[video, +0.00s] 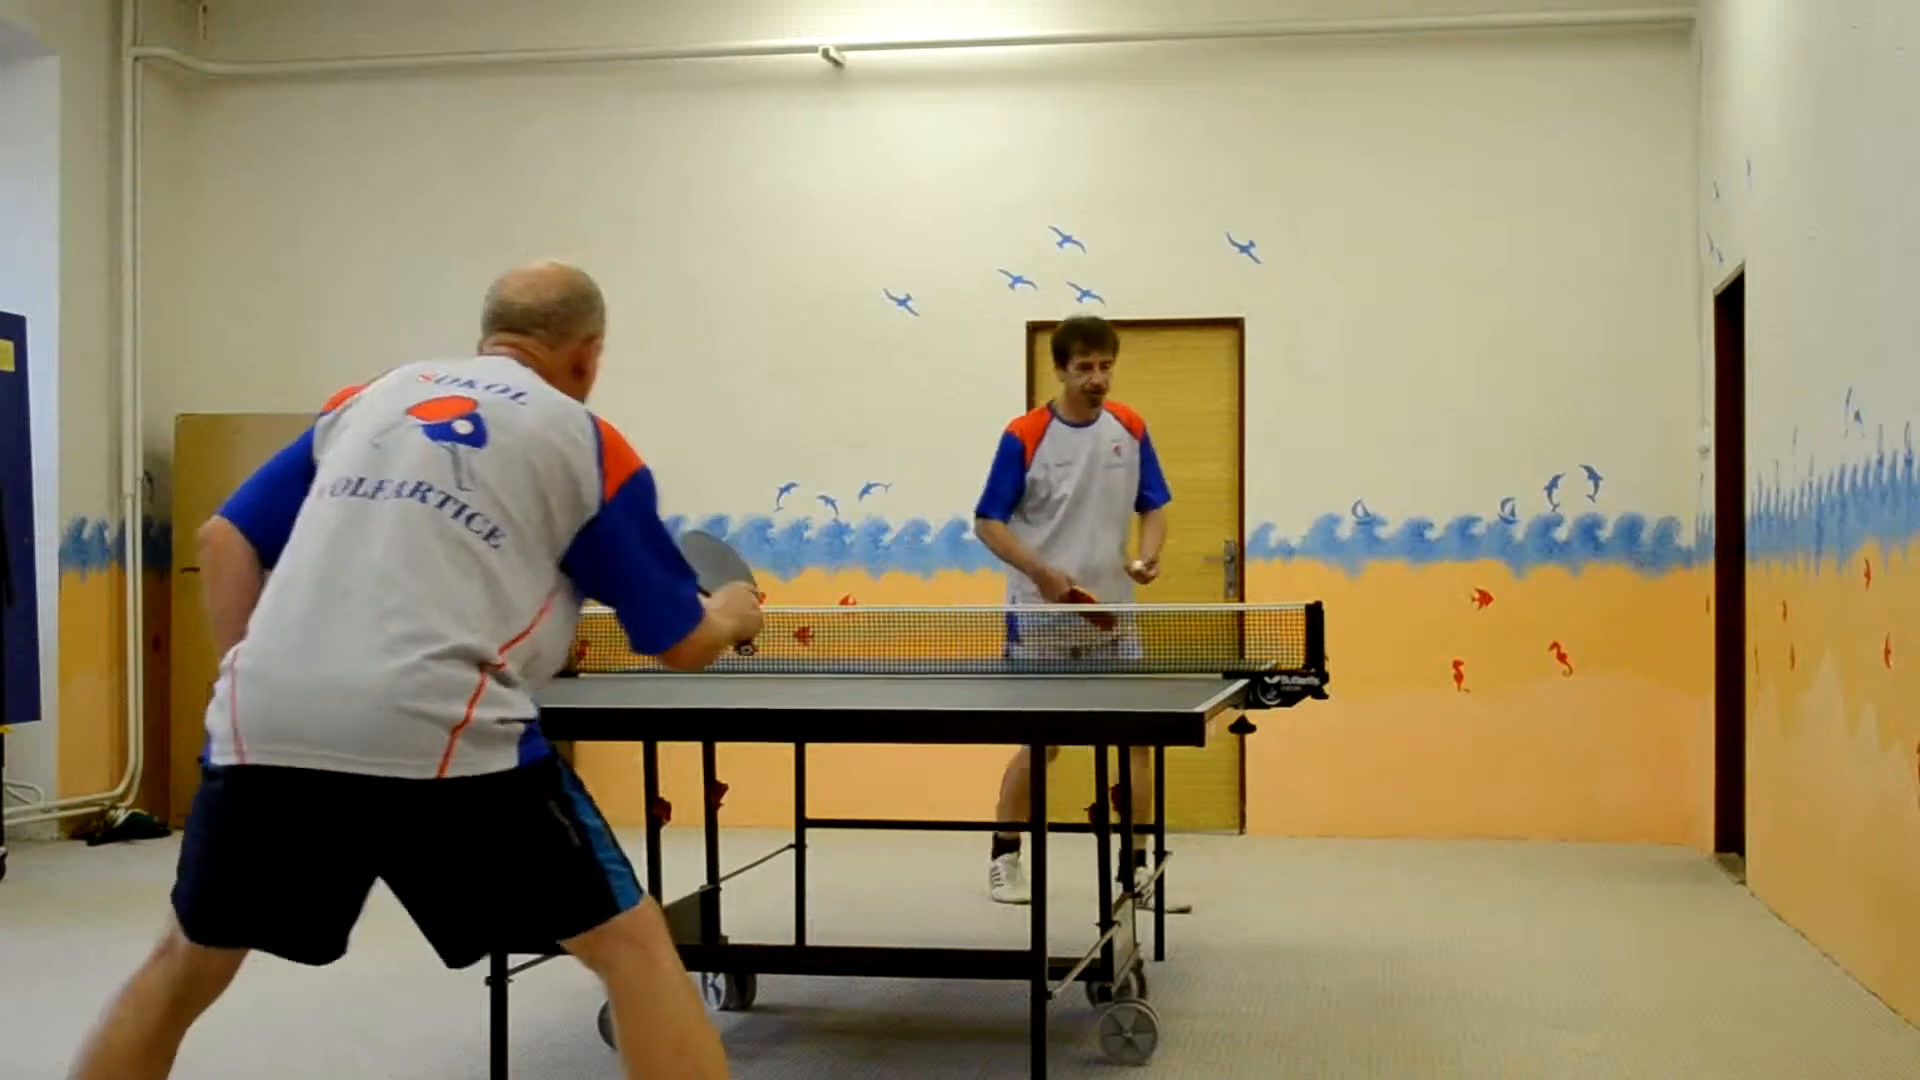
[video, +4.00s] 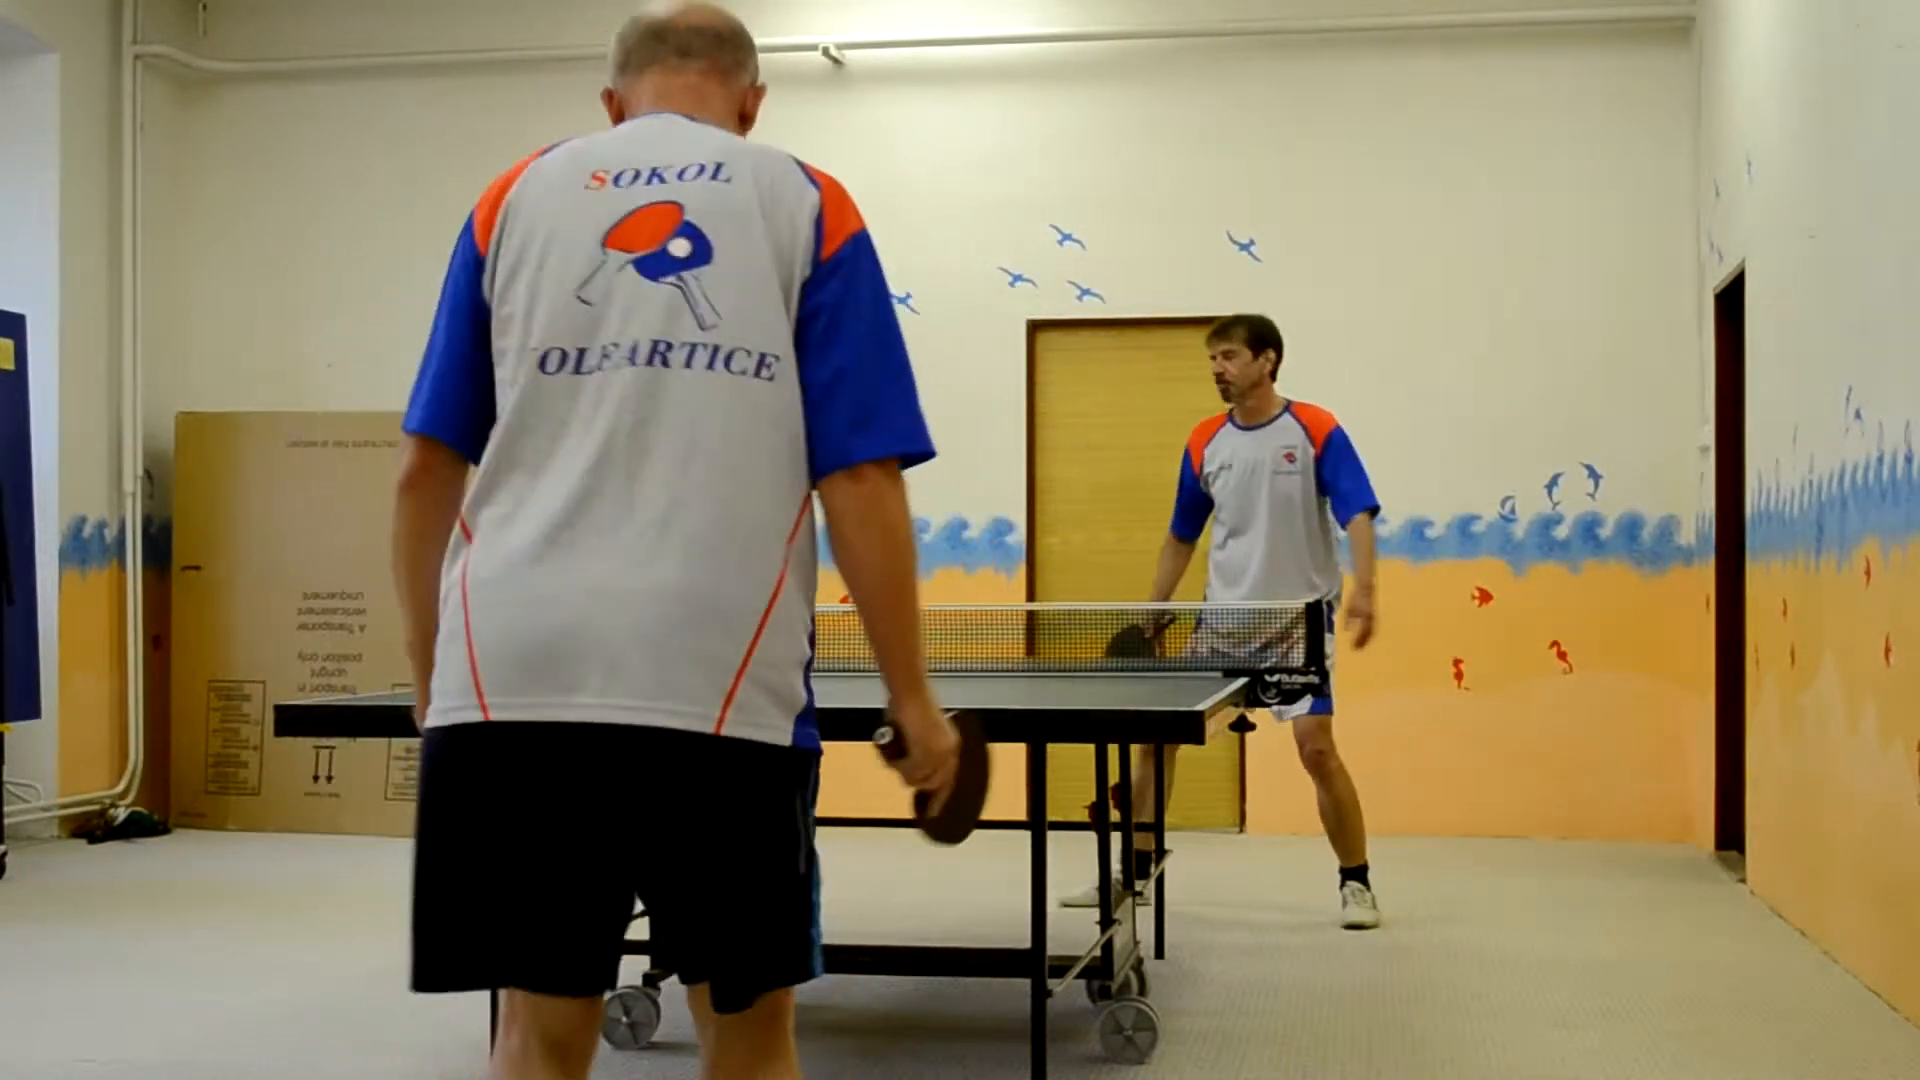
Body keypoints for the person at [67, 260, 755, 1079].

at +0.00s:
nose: (599, 372)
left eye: (599, 358)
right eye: (601, 360)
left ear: (485, 331)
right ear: (585, 358)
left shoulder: (360, 404)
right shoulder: (590, 447)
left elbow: (228, 539)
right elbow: (679, 641)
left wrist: (252, 695)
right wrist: (726, 614)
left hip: (267, 737)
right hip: (455, 745)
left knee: (180, 967)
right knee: (636, 958)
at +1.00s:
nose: (673, 410)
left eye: (672, 398)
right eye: (677, 397)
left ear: (561, 370)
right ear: (660, 392)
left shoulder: (440, 434)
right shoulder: (670, 470)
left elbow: (295, 544)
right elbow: (737, 700)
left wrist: (318, 709)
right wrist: (769, 682)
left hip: (354, 749)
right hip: (543, 755)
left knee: (242, 977)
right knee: (719, 990)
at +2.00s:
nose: (838, 394)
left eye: (841, 373)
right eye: (841, 373)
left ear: (729, 340)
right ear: (811, 366)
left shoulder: (589, 376)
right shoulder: (807, 495)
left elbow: (399, 401)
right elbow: (901, 648)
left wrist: (270, 416)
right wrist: (1032, 644)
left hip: (484, 761)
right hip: (668, 773)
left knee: (386, 989)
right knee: (825, 896)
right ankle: (907, 1074)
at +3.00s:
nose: (744, 370)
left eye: (742, 351)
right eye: (744, 352)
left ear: (631, 333)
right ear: (734, 352)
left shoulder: (510, 419)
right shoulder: (710, 486)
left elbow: (365, 566)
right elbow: (804, 711)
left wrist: (291, 672)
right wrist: (928, 716)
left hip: (406, 801)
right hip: (590, 817)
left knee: (294, 1000)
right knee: (780, 948)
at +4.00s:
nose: (741, 123)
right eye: (752, 110)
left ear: (610, 101)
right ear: (751, 100)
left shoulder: (508, 201)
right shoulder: (808, 201)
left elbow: (427, 473)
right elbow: (859, 473)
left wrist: (435, 680)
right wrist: (912, 698)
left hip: (509, 688)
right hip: (722, 696)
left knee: (538, 1030)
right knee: (750, 1030)